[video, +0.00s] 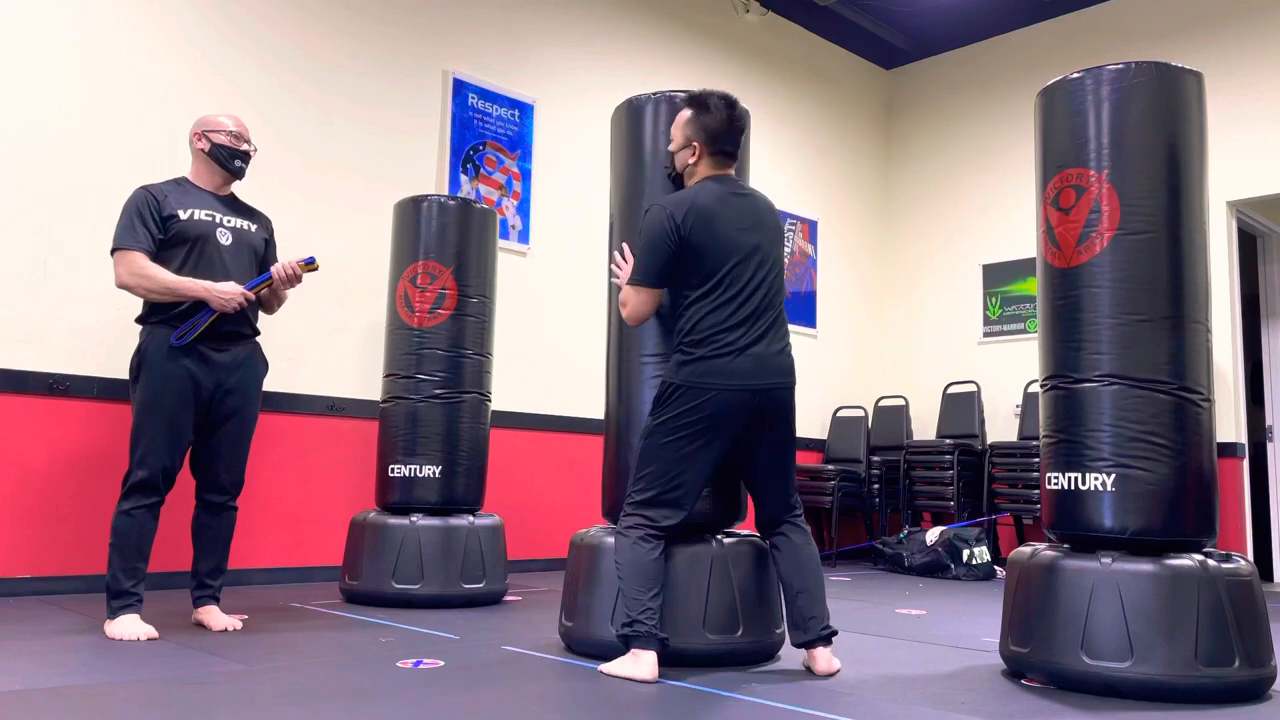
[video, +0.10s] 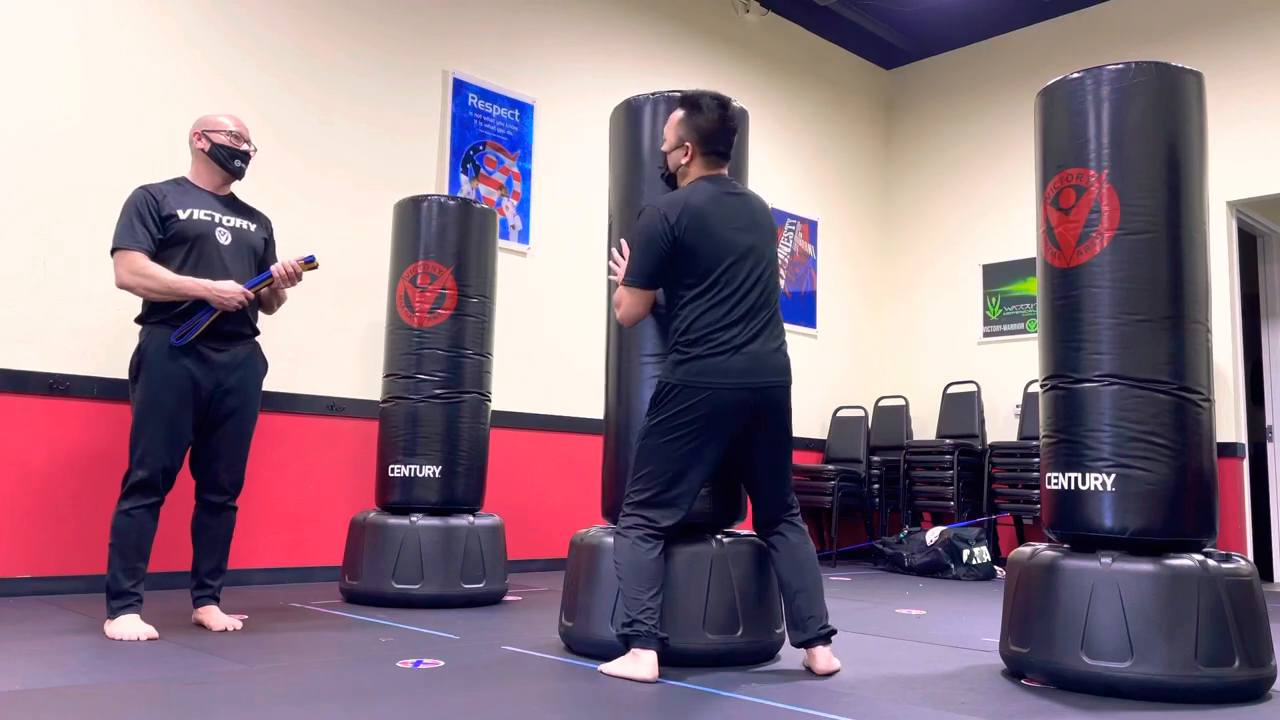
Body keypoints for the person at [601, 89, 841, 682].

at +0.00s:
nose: (671, 151)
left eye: (676, 143)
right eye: (673, 142)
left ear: (696, 150)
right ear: (731, 151)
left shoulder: (674, 214)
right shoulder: (765, 210)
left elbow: (635, 310)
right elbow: (741, 287)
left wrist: (630, 284)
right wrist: (663, 276)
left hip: (703, 382)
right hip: (774, 381)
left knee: (645, 518)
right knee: (783, 514)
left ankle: (641, 653)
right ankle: (820, 647)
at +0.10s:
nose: (662, 151)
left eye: (667, 142)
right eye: (664, 141)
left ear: (689, 149)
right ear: (720, 150)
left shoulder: (667, 213)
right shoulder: (756, 208)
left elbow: (629, 311)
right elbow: (732, 285)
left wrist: (629, 279)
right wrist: (652, 274)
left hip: (700, 381)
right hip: (770, 379)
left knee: (644, 518)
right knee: (780, 513)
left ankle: (641, 652)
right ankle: (819, 646)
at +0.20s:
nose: (657, 155)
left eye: (662, 146)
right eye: (659, 145)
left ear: (680, 151)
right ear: (716, 151)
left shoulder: (661, 212)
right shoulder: (754, 208)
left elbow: (624, 310)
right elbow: (737, 285)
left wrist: (632, 279)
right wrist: (641, 271)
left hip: (695, 382)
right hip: (767, 380)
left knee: (644, 518)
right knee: (779, 513)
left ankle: (642, 652)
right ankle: (819, 645)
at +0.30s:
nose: (651, 155)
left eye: (656, 145)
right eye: (653, 145)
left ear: (672, 150)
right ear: (711, 149)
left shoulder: (651, 211)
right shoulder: (754, 209)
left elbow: (619, 310)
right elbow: (761, 284)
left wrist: (641, 278)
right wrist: (694, 276)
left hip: (690, 381)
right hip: (764, 380)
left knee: (643, 517)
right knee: (776, 509)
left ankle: (642, 651)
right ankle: (819, 644)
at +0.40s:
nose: (646, 156)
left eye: (649, 146)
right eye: (646, 145)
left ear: (665, 148)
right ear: (705, 147)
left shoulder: (644, 211)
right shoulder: (751, 206)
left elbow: (612, 310)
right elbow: (762, 285)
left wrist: (645, 278)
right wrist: (698, 275)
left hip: (686, 379)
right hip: (761, 377)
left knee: (642, 517)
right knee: (774, 508)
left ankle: (642, 651)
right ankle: (820, 644)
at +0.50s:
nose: (638, 153)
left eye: (642, 144)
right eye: (639, 143)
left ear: (657, 148)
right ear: (698, 144)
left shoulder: (638, 213)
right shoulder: (743, 202)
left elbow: (609, 312)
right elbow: (762, 279)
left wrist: (643, 276)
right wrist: (703, 273)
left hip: (681, 381)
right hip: (757, 377)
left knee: (641, 519)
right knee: (776, 508)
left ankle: (642, 651)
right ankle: (820, 644)